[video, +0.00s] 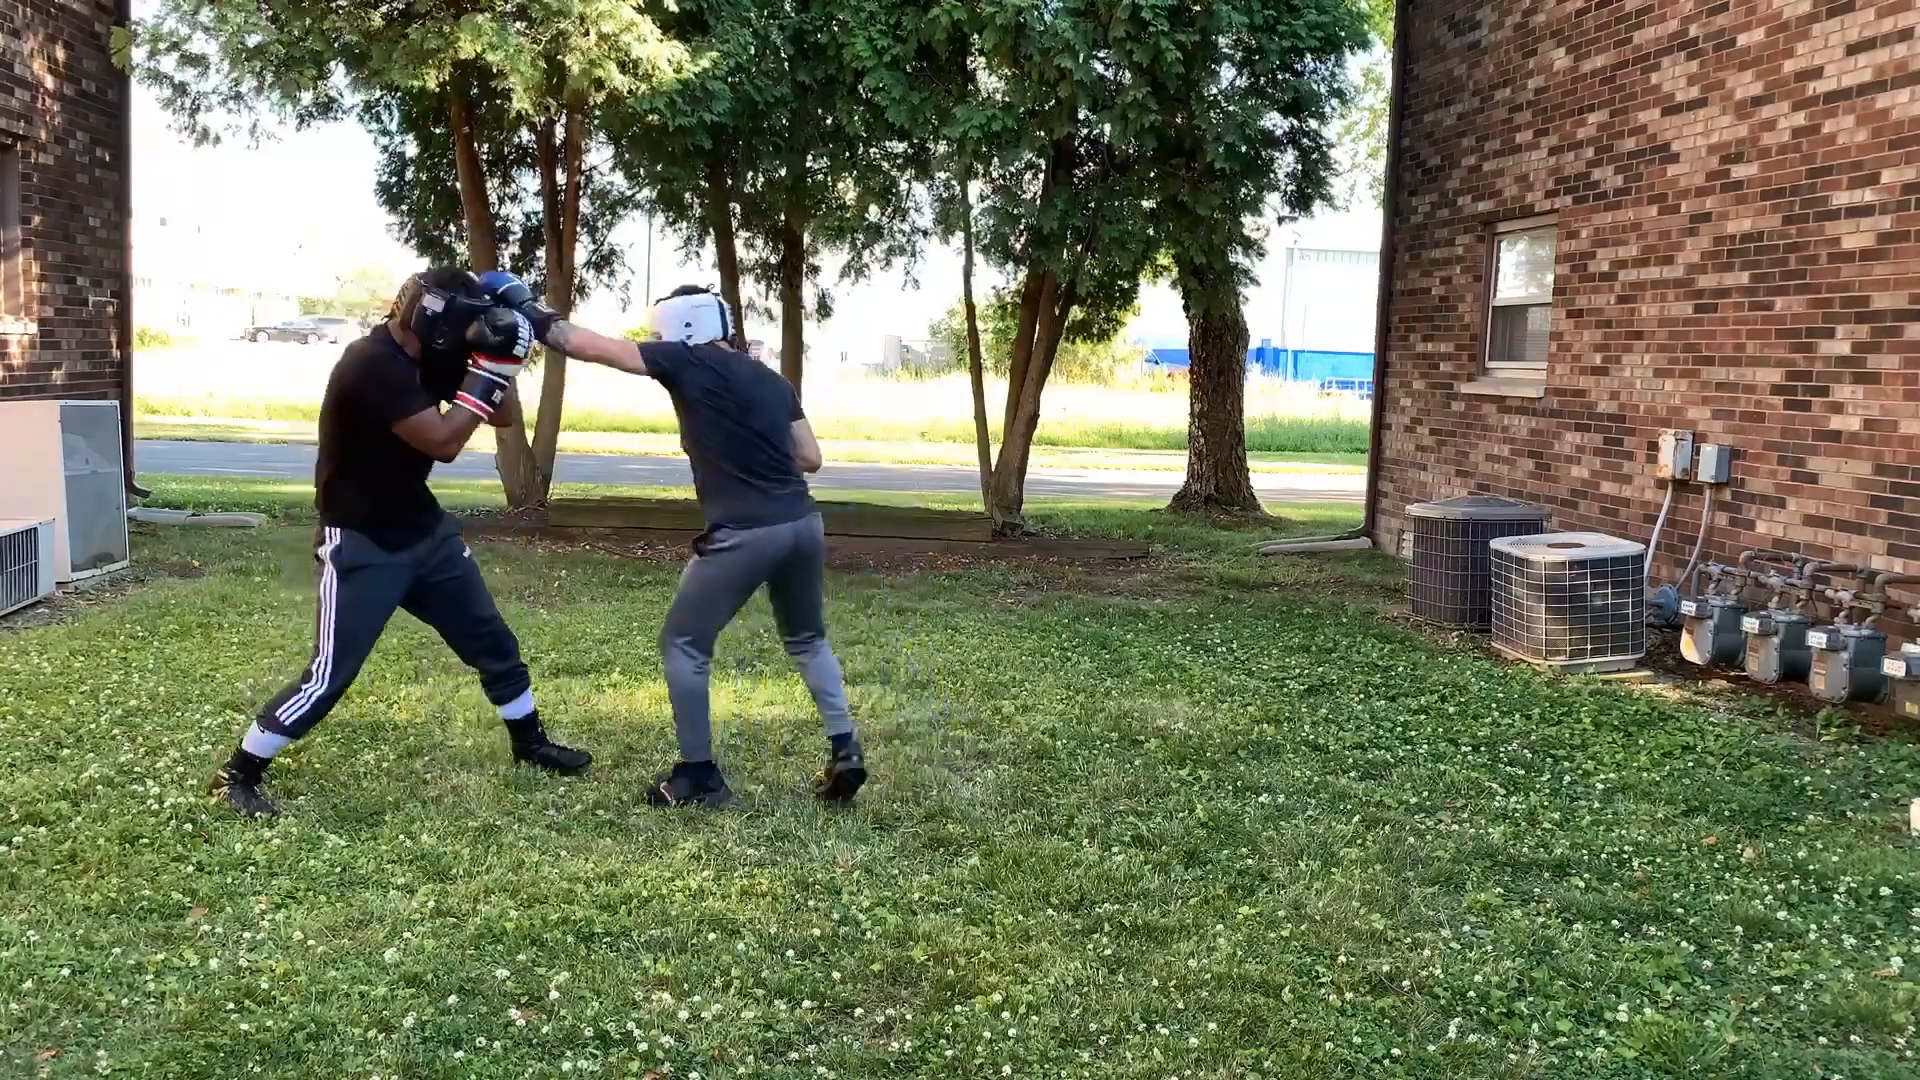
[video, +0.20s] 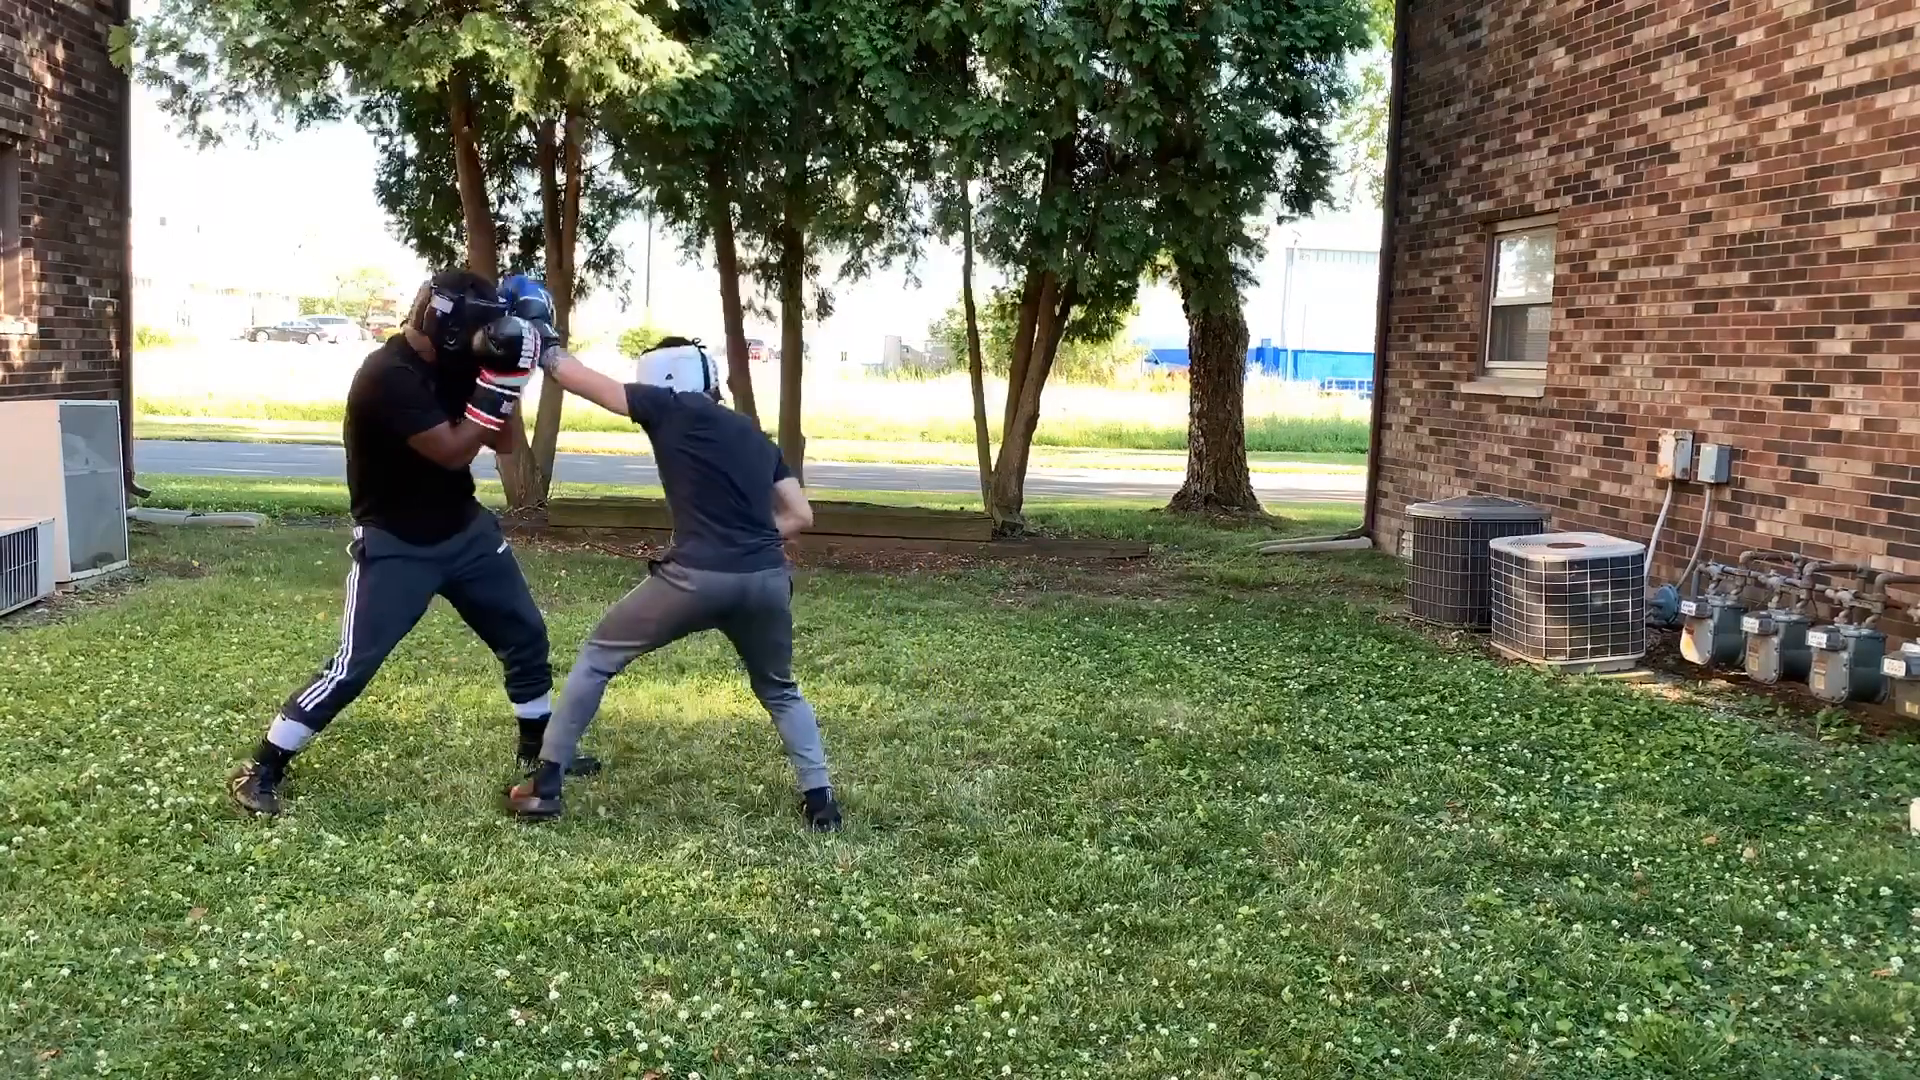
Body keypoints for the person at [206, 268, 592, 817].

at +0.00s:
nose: (457, 340)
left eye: (461, 331)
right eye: (456, 329)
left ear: (436, 322)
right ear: (427, 320)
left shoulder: (431, 361)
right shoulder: (371, 365)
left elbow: (505, 417)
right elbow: (444, 443)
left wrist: (499, 350)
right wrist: (483, 371)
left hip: (424, 534)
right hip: (359, 543)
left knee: (492, 641)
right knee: (330, 676)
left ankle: (530, 743)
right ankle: (242, 771)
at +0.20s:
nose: (468, 340)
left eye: (474, 331)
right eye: (464, 329)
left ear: (471, 330)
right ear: (434, 318)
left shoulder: (457, 366)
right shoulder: (385, 375)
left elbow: (505, 443)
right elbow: (453, 450)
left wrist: (511, 368)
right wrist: (496, 384)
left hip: (467, 535)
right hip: (395, 546)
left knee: (526, 636)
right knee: (354, 667)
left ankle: (538, 752)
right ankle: (264, 770)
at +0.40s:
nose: (463, 390)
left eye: (477, 382)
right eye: (458, 373)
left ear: (488, 378)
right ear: (437, 343)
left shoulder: (461, 421)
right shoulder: (359, 357)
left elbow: (404, 501)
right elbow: (344, 440)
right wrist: (422, 413)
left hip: (444, 543)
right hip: (361, 545)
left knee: (509, 649)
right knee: (321, 661)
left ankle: (539, 755)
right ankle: (251, 769)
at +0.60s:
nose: (434, 389)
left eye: (446, 379)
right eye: (428, 375)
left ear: (459, 372)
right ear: (405, 351)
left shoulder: (444, 395)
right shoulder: (329, 373)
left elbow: (422, 487)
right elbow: (326, 463)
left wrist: (452, 447)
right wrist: (376, 441)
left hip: (409, 539)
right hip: (326, 543)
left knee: (469, 645)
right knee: (296, 659)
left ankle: (515, 746)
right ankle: (245, 769)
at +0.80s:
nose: (448, 390)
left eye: (459, 382)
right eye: (445, 376)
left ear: (466, 377)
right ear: (423, 352)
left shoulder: (447, 390)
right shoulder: (353, 390)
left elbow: (463, 468)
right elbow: (369, 484)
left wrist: (488, 422)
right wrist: (416, 438)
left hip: (419, 535)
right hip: (343, 532)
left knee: (465, 642)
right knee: (310, 645)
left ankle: (457, 731)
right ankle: (248, 759)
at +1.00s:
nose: (402, 364)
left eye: (417, 355)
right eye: (395, 350)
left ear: (436, 351)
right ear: (375, 333)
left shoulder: (448, 378)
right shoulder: (335, 374)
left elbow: (478, 465)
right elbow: (352, 467)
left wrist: (471, 405)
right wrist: (386, 423)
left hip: (431, 516)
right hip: (353, 512)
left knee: (459, 635)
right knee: (308, 624)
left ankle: (457, 736)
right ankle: (256, 747)